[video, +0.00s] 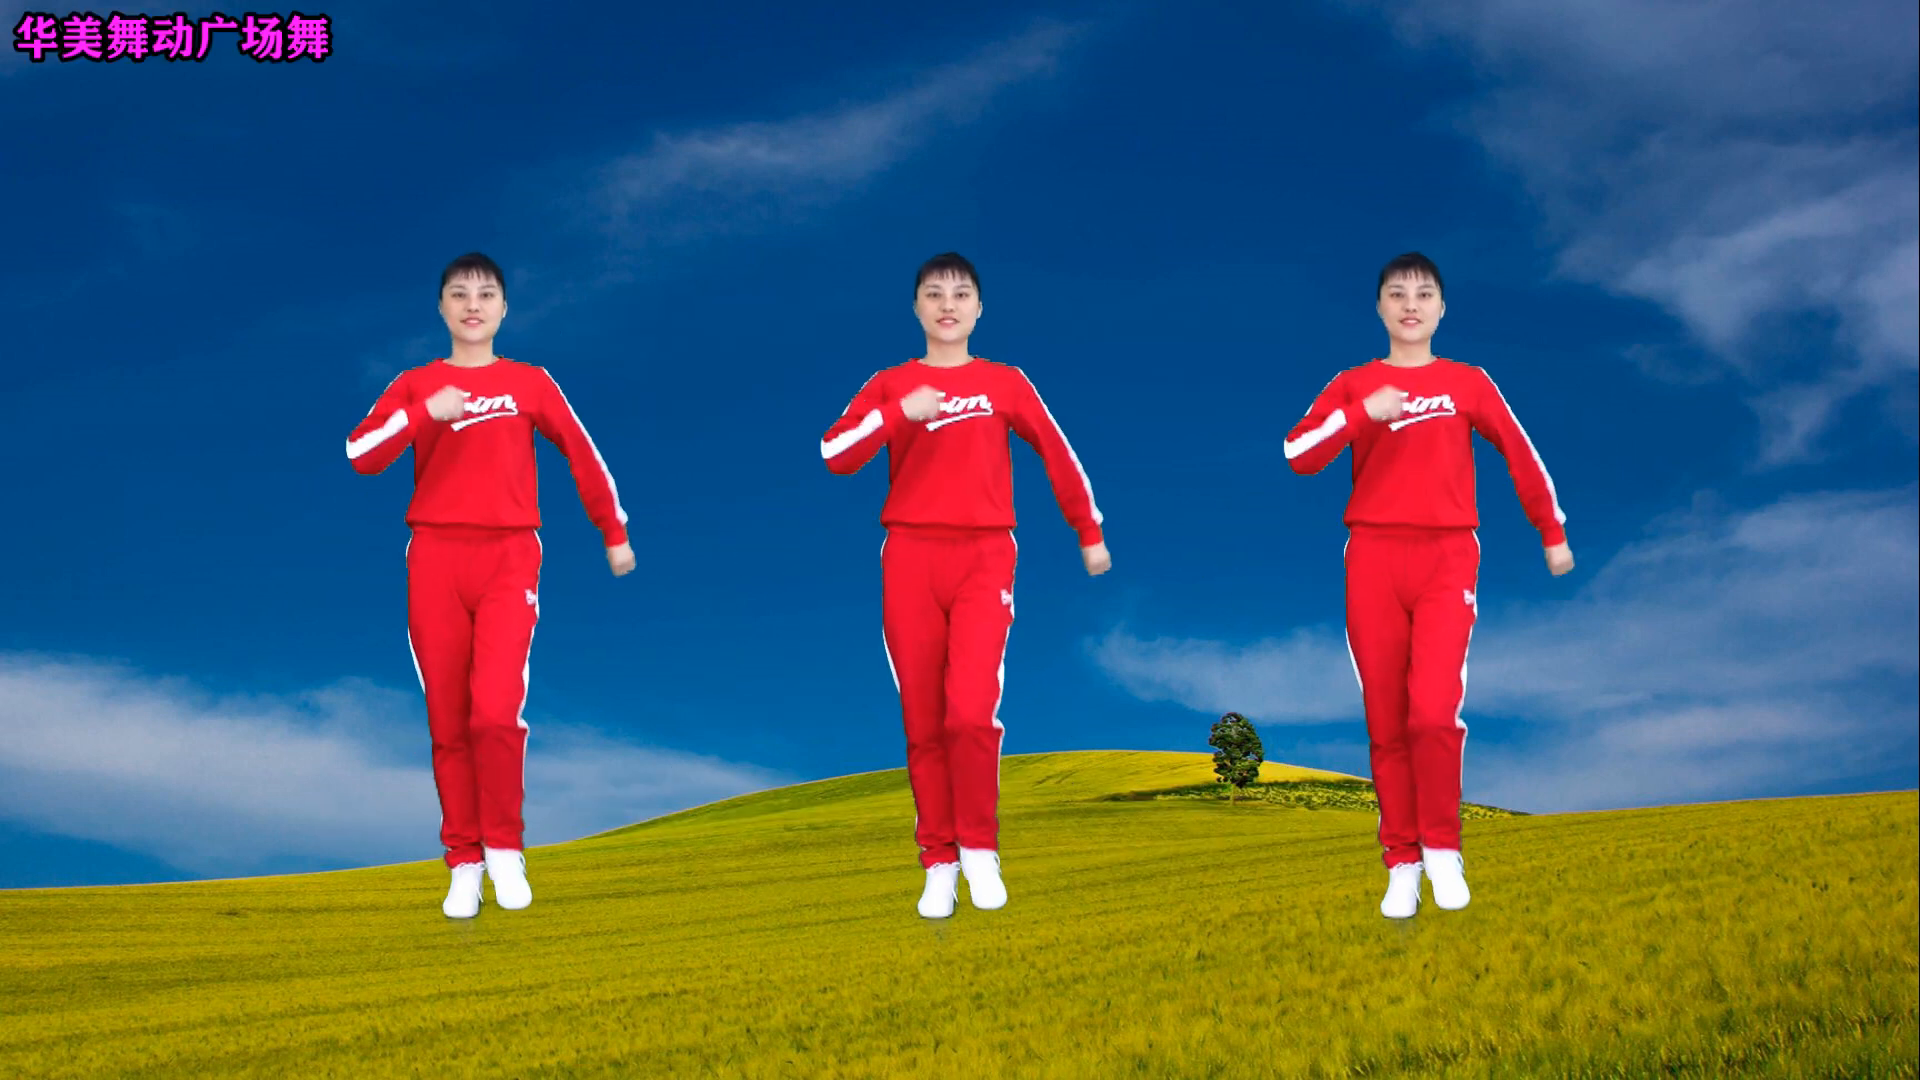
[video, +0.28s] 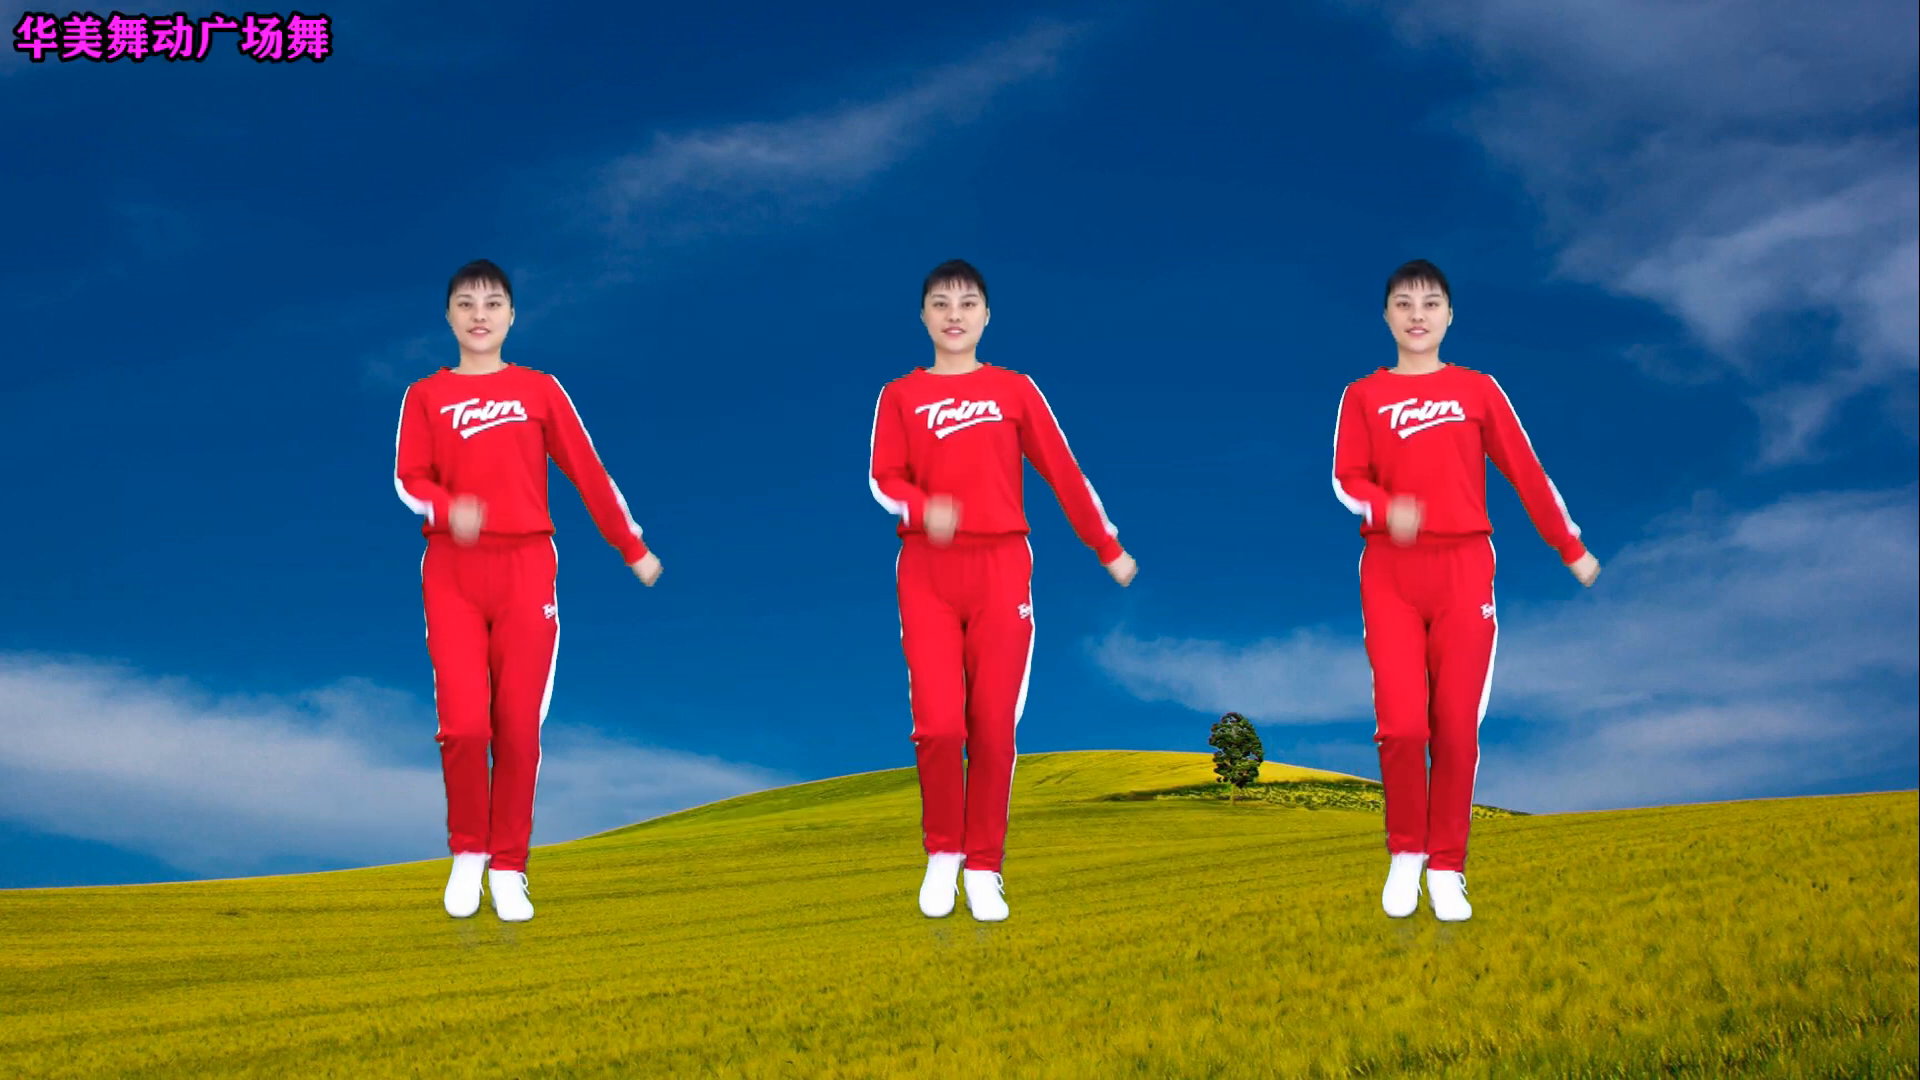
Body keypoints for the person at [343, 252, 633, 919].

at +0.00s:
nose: (473, 305)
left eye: (485, 295)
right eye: (461, 295)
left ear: (503, 307)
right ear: (443, 309)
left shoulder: (531, 383)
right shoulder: (413, 385)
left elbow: (584, 454)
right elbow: (361, 455)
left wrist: (615, 534)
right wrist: (422, 414)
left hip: (510, 561)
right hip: (434, 560)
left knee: (496, 713)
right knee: (447, 720)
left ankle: (504, 850)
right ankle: (463, 860)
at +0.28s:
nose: (479, 314)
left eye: (492, 303)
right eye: (466, 304)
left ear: (510, 315)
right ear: (450, 316)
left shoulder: (539, 389)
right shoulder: (424, 394)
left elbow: (589, 472)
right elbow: (409, 478)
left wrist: (634, 548)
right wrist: (445, 505)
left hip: (527, 572)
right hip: (451, 575)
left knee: (518, 725)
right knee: (461, 722)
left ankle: (509, 867)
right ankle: (468, 854)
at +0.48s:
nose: (484, 324)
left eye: (496, 312)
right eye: (471, 314)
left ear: (514, 323)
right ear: (455, 326)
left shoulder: (546, 400)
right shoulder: (430, 407)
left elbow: (567, 484)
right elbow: (407, 501)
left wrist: (537, 540)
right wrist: (388, 589)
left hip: (536, 573)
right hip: (461, 575)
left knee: (534, 721)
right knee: (490, 699)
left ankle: (511, 867)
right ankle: (477, 806)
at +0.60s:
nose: (484, 305)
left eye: (495, 294)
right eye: (471, 296)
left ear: (514, 303)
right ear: (455, 308)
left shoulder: (546, 381)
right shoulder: (430, 388)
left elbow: (586, 465)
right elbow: (379, 464)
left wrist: (531, 442)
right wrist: (340, 544)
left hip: (534, 556)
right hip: (458, 556)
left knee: (527, 712)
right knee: (485, 705)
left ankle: (514, 861)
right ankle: (475, 827)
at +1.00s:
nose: (478, 318)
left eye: (489, 308)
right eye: (465, 309)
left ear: (508, 319)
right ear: (448, 322)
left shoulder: (536, 396)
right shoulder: (420, 402)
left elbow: (540, 476)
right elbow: (388, 490)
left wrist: (499, 522)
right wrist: (357, 571)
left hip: (511, 577)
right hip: (437, 577)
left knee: (499, 724)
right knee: (446, 731)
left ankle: (504, 849)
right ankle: (462, 867)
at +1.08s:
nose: (475, 326)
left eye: (487, 316)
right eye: (462, 317)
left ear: (505, 328)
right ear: (446, 330)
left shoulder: (534, 405)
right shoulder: (419, 410)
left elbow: (540, 494)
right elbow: (405, 497)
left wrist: (534, 578)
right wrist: (412, 576)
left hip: (506, 580)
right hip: (435, 581)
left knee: (483, 719)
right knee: (434, 734)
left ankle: (501, 819)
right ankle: (462, 867)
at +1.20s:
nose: (473, 312)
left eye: (485, 302)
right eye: (460, 303)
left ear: (503, 314)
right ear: (443, 316)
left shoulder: (533, 393)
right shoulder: (414, 396)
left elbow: (570, 482)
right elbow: (378, 469)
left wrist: (590, 572)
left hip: (510, 568)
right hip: (435, 568)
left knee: (479, 706)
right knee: (436, 726)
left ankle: (498, 811)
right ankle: (463, 864)